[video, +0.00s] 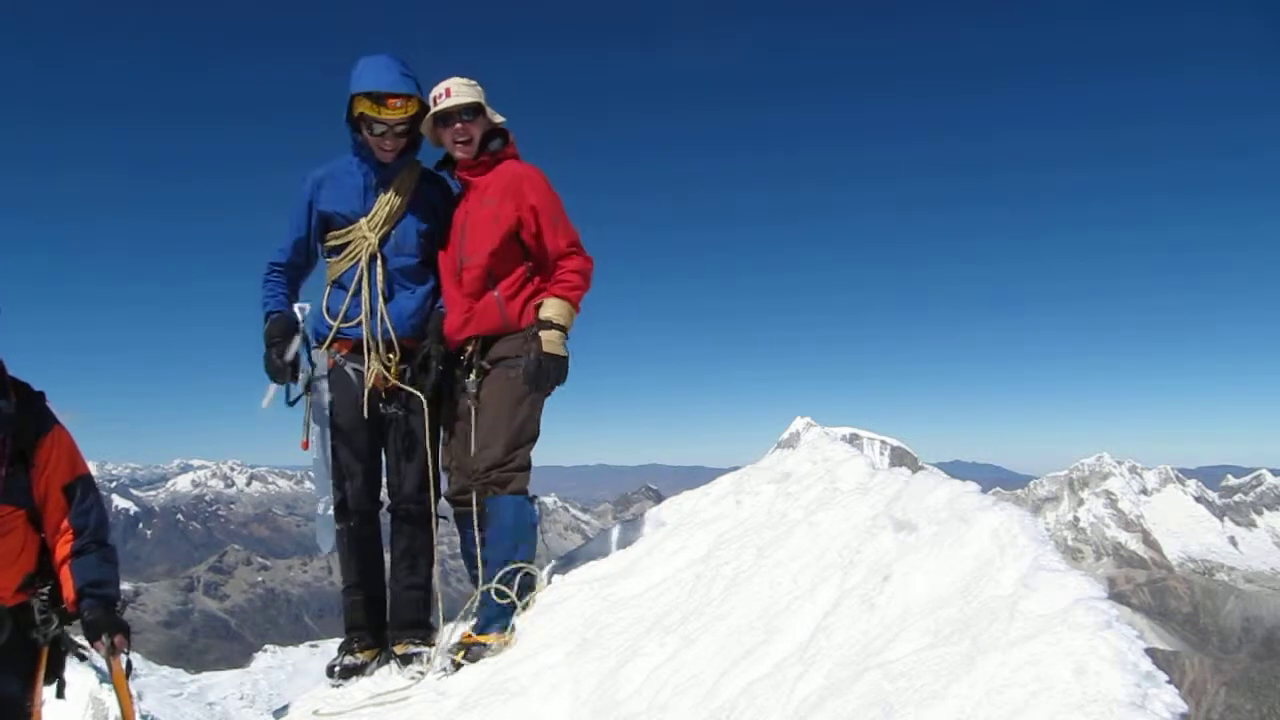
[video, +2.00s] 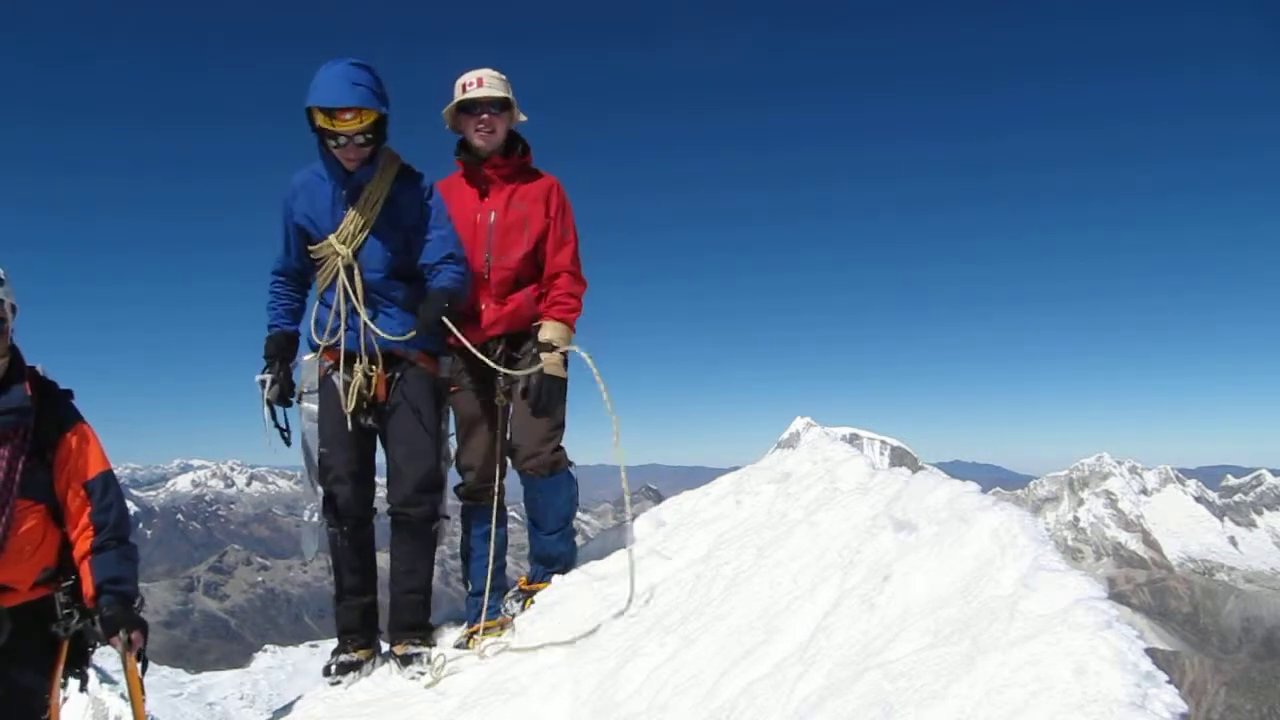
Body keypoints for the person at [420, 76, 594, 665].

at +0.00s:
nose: (459, 129)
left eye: (468, 117)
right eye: (447, 122)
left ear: (487, 120)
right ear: (437, 133)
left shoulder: (521, 179)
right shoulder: (451, 199)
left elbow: (572, 260)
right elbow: (444, 280)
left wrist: (553, 327)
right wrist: (439, 351)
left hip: (517, 342)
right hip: (464, 352)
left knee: (498, 466)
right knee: (463, 473)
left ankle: (507, 597)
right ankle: (487, 594)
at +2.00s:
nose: (484, 120)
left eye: (493, 110)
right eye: (472, 112)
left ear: (512, 118)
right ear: (458, 124)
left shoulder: (544, 190)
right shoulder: (442, 196)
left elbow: (564, 272)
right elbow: (428, 272)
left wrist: (555, 338)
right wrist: (427, 352)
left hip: (529, 340)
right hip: (464, 345)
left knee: (537, 453)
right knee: (478, 468)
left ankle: (550, 572)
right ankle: (483, 600)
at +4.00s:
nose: (503, 128)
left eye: (514, 119)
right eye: (491, 119)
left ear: (528, 129)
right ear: (474, 128)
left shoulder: (551, 206)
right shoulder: (448, 202)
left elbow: (571, 290)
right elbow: (428, 283)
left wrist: (570, 360)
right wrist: (416, 355)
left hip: (535, 352)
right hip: (467, 354)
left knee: (540, 465)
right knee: (478, 476)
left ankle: (544, 586)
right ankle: (486, 603)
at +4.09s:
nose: (502, 127)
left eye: (513, 119)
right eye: (491, 118)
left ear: (528, 129)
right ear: (473, 127)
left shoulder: (550, 206)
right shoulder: (448, 202)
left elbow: (571, 291)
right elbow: (428, 282)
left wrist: (571, 360)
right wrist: (423, 352)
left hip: (535, 348)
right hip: (468, 350)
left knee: (541, 459)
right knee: (477, 475)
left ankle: (545, 583)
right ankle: (486, 599)